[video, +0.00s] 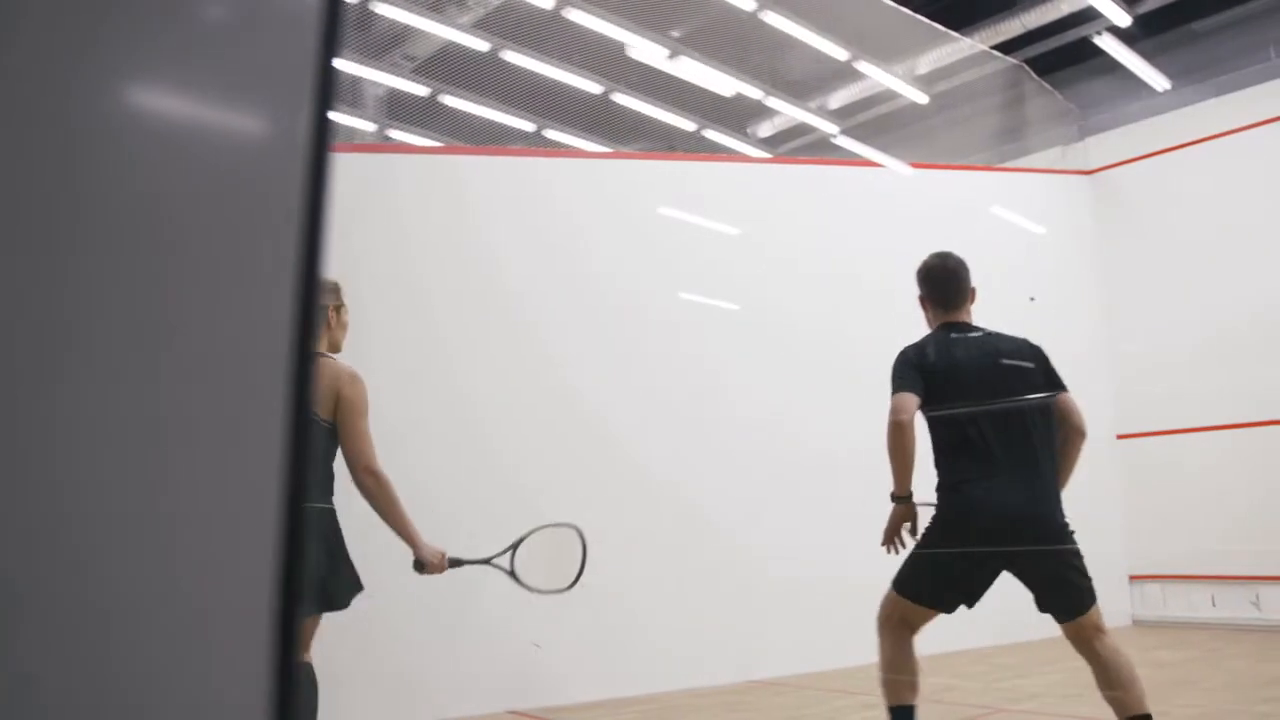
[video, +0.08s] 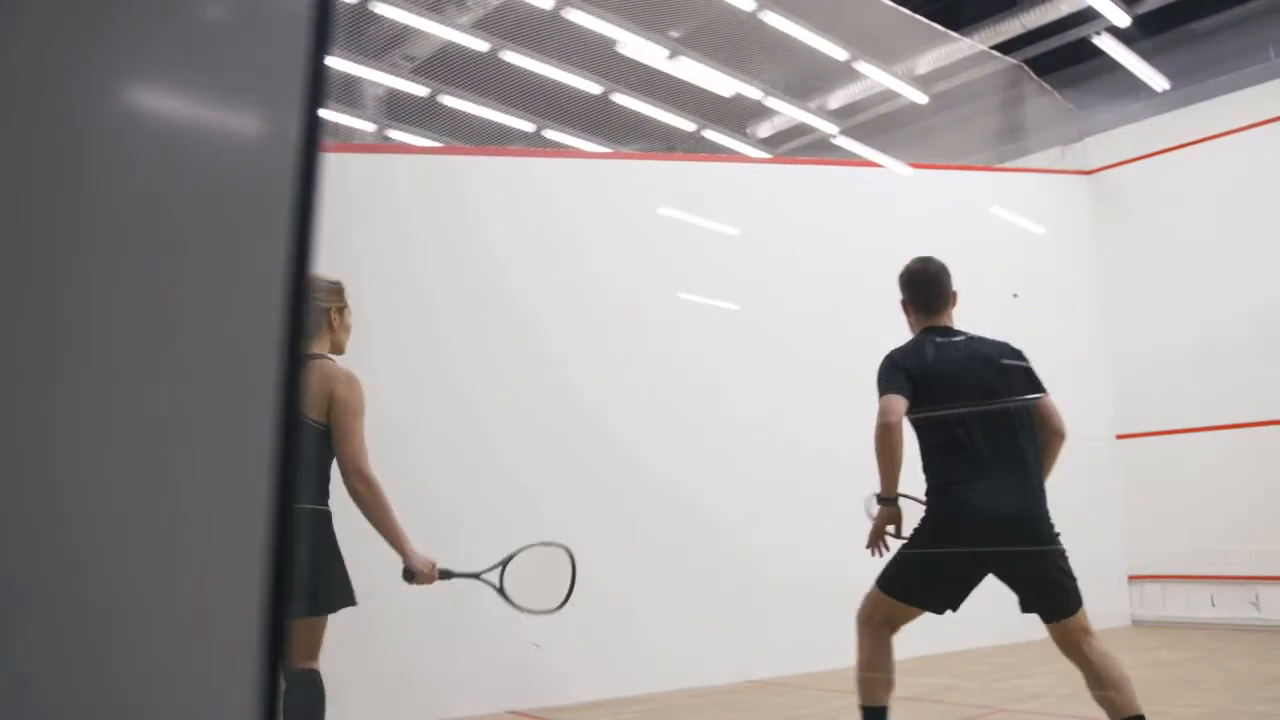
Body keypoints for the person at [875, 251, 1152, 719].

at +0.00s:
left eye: (920, 298)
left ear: (922, 302)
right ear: (973, 296)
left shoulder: (916, 358)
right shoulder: (1026, 351)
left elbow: (901, 419)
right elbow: (1074, 427)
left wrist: (902, 497)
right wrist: (1048, 491)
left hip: (967, 526)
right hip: (1039, 522)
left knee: (896, 623)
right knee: (1094, 638)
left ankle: (901, 717)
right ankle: (1141, 716)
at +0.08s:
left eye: (904, 303)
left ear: (904, 306)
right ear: (954, 301)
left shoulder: (902, 362)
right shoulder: (1005, 353)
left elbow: (890, 422)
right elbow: (1054, 430)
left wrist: (888, 501)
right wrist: (1025, 489)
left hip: (955, 528)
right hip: (1026, 525)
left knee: (874, 621)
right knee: (1083, 642)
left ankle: (874, 716)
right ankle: (1135, 716)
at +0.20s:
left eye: (872, 303)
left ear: (872, 307)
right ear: (921, 303)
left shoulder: (874, 362)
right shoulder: (969, 355)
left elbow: (869, 423)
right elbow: (1016, 430)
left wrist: (864, 501)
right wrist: (983, 485)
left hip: (932, 528)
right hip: (1001, 526)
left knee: (846, 620)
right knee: (1062, 646)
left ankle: (841, 718)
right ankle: (1124, 719)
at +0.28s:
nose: (846, 307)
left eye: (844, 301)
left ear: (847, 306)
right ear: (894, 300)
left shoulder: (850, 359)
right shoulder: (941, 352)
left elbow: (852, 423)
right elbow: (987, 425)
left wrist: (846, 499)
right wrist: (955, 478)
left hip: (913, 528)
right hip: (979, 524)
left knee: (829, 622)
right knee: (1041, 639)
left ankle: (829, 718)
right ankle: (1114, 717)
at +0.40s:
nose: (813, 305)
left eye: (811, 298)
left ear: (809, 301)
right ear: (858, 298)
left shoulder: (815, 356)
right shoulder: (899, 350)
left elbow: (826, 422)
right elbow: (944, 421)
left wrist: (817, 499)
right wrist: (912, 475)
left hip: (877, 518)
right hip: (938, 513)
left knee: (807, 626)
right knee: (999, 625)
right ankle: (1096, 714)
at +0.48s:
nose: (786, 305)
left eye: (783, 299)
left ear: (785, 304)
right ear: (831, 299)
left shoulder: (791, 356)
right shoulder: (872, 350)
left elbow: (807, 423)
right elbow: (916, 421)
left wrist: (794, 498)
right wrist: (880, 472)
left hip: (854, 517)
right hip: (912, 512)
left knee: (791, 629)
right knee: (967, 625)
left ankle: (811, 719)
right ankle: (1073, 710)